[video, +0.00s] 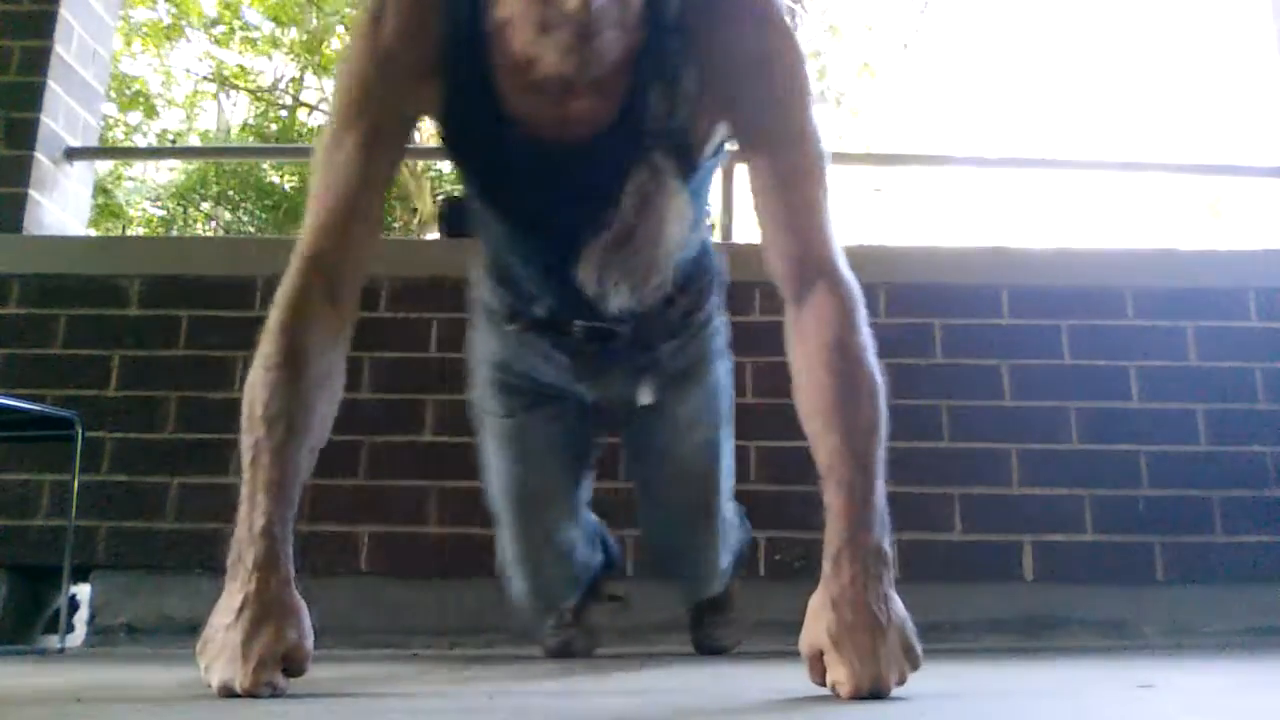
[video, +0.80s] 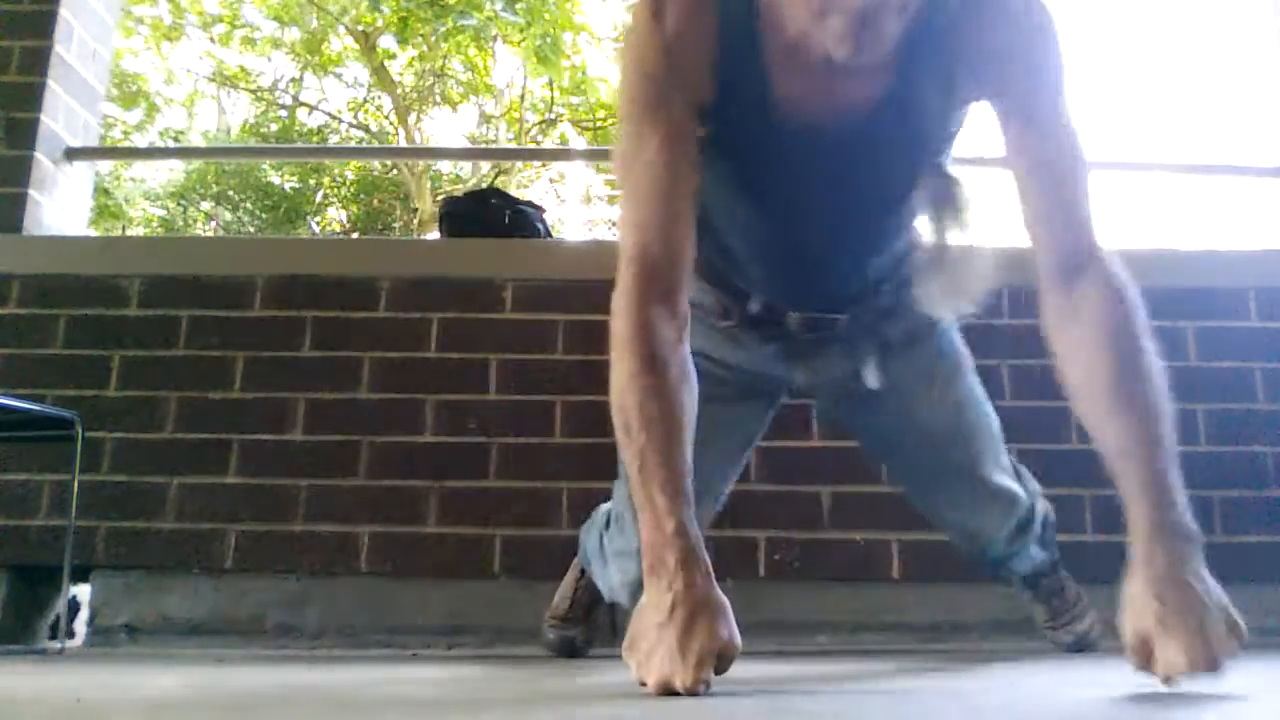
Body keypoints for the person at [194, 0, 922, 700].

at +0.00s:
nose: (558, 45)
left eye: (588, 16)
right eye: (528, 18)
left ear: (639, 4)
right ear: (489, 4)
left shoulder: (734, 24)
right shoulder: (409, 26)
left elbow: (813, 281)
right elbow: (322, 284)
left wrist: (860, 564)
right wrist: (259, 567)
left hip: (676, 321)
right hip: (522, 326)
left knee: (695, 554)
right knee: (541, 590)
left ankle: (710, 574)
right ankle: (586, 559)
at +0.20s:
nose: (652, 15)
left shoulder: (799, 21)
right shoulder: (485, 19)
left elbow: (846, 278)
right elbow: (444, 286)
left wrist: (862, 568)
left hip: (745, 292)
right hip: (593, 288)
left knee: (790, 541)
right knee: (566, 548)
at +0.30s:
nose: (693, 25)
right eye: (657, 2)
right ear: (603, 4)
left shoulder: (828, 20)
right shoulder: (521, 25)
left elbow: (864, 287)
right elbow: (546, 318)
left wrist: (862, 569)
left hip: (773, 305)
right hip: (618, 306)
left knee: (848, 514)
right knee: (580, 514)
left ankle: (863, 611)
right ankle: (586, 583)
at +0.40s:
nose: (734, 44)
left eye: (767, 10)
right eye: (699, 10)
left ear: (809, 7)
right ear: (641, 13)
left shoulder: (861, 21)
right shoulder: (556, 22)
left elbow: (886, 290)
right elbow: (595, 321)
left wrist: (865, 574)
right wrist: (677, 570)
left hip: (793, 329)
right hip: (641, 320)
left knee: (896, 493)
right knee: (590, 545)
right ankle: (585, 594)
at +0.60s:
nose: (788, 19)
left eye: (823, 3)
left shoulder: (924, 27)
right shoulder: (626, 21)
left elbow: (944, 292)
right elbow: (636, 311)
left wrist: (913, 566)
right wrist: (676, 573)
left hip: (840, 332)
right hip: (685, 329)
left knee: (942, 524)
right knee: (607, 568)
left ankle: (1017, 562)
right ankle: (589, 588)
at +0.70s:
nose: (804, 30)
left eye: (841, 7)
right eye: (779, 0)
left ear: (882, 1)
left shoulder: (960, 25)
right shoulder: (648, 21)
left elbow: (1018, 278)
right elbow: (639, 299)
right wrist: (675, 573)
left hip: (865, 321)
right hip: (705, 324)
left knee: (963, 507)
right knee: (641, 553)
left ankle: (1030, 560)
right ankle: (594, 571)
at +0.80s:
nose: (844, 28)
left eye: (878, 8)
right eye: (816, 3)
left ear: (919, 0)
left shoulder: (997, 23)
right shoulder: (679, 21)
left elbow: (1077, 275)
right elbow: (650, 298)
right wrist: (676, 569)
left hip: (884, 317)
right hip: (721, 323)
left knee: (989, 503)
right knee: (651, 537)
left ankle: (1041, 574)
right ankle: (599, 572)